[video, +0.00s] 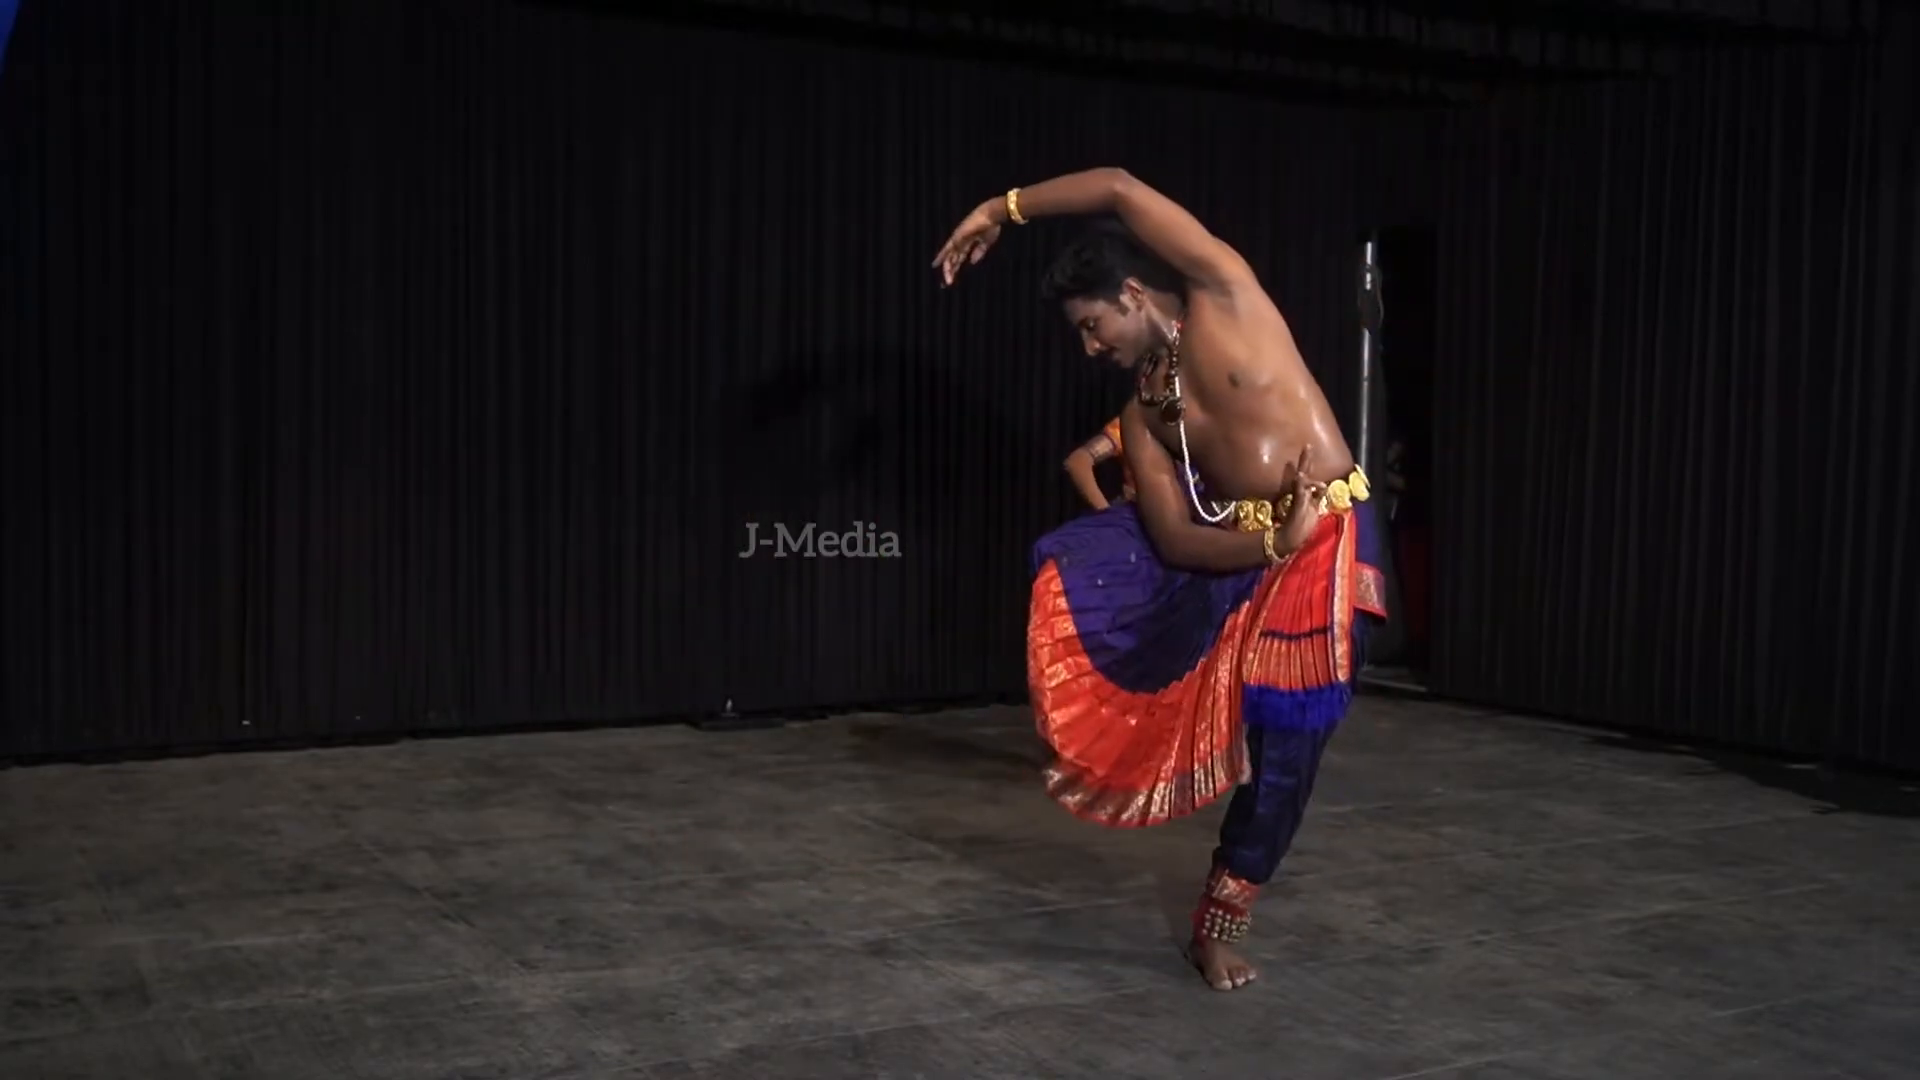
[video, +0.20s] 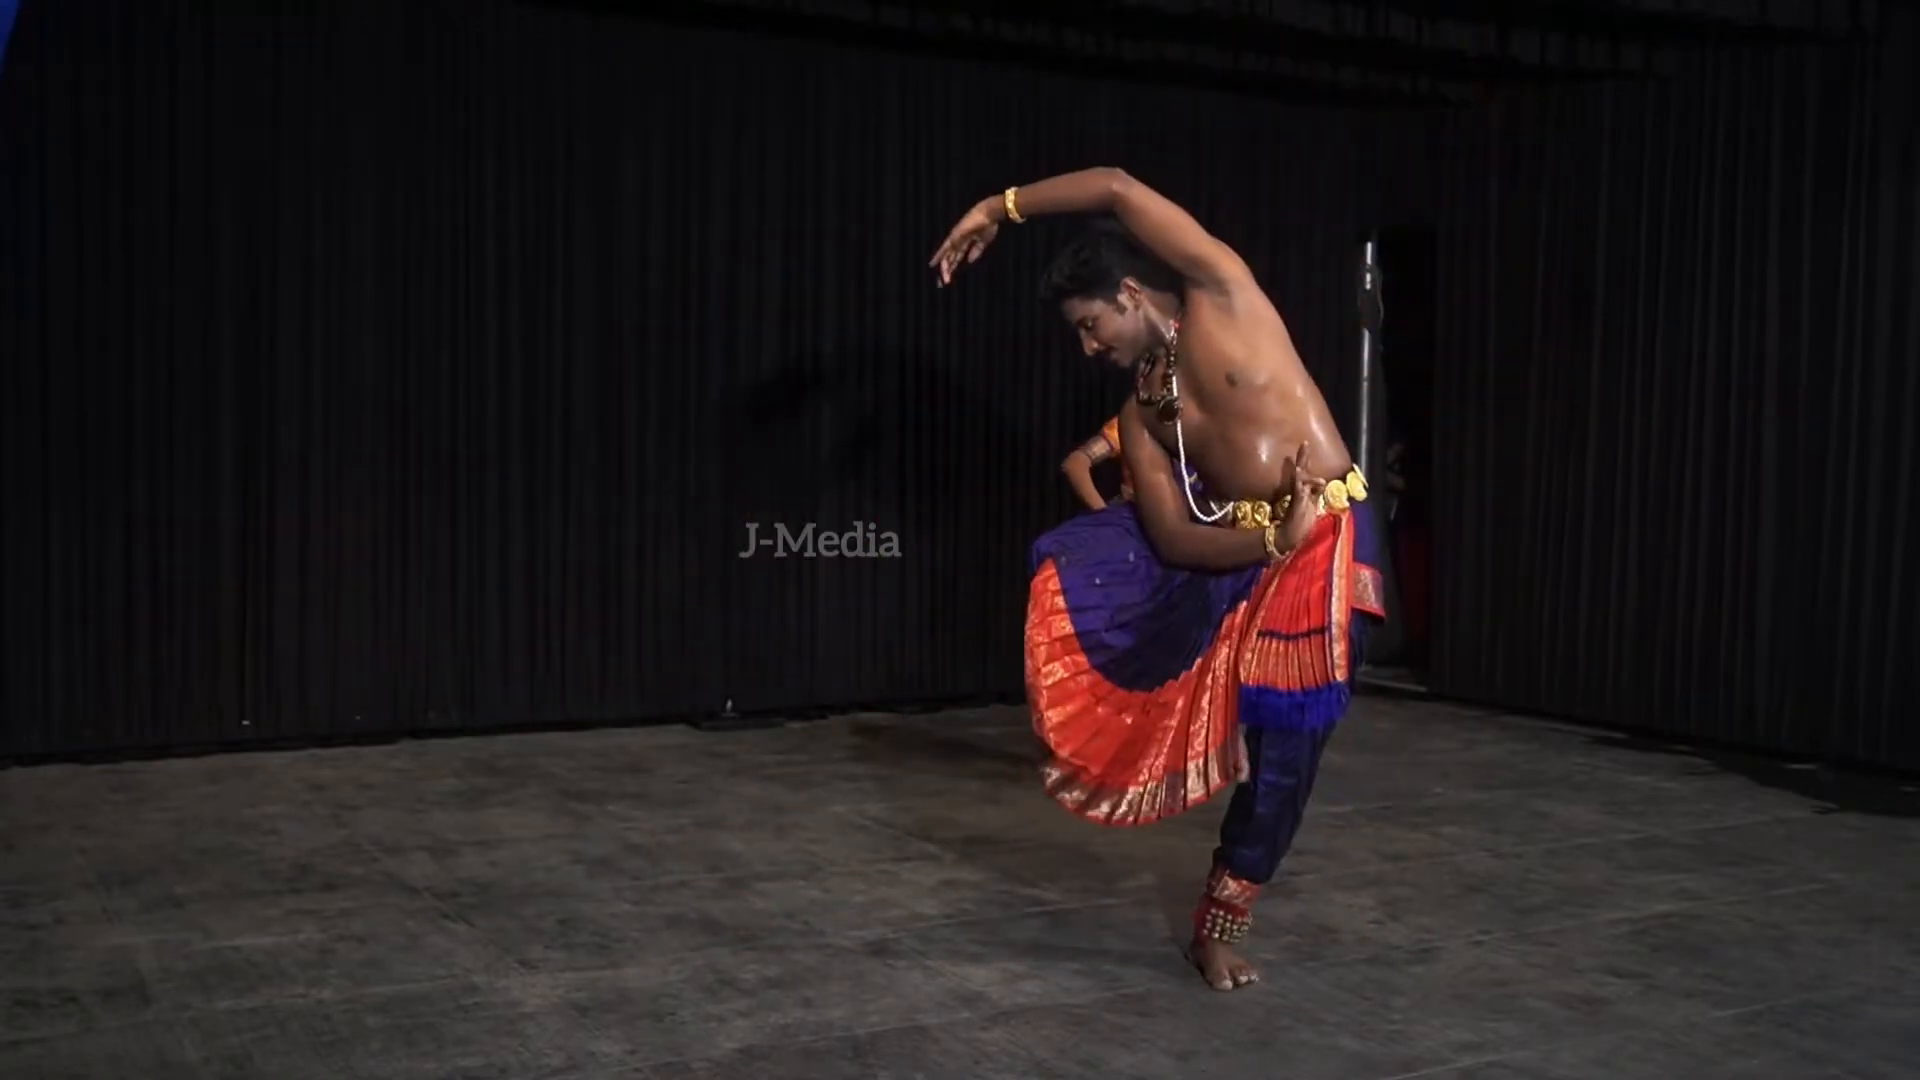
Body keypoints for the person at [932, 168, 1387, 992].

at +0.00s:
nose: (1090, 348)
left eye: (1093, 326)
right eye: (1080, 335)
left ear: (1137, 295)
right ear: (1113, 316)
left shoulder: (1221, 290)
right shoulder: (1142, 419)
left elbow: (1119, 186)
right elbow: (1175, 539)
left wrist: (1003, 209)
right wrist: (1274, 542)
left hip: (1323, 530)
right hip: (1227, 544)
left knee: (1292, 745)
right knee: (1071, 567)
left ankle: (1223, 921)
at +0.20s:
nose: (1088, 348)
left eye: (1090, 326)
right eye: (1079, 334)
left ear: (1134, 294)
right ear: (1114, 314)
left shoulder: (1218, 288)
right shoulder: (1140, 418)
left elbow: (1116, 185)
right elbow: (1175, 538)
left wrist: (1001, 206)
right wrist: (1275, 541)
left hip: (1324, 528)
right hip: (1227, 545)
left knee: (1292, 741)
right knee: (1068, 565)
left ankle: (1224, 922)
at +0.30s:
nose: (1087, 350)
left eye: (1090, 328)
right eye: (1078, 336)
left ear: (1134, 296)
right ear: (1112, 317)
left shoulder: (1218, 292)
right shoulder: (1139, 420)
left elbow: (1116, 188)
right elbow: (1174, 540)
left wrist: (1001, 207)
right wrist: (1272, 543)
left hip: (1322, 532)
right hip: (1225, 547)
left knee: (1292, 744)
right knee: (1066, 565)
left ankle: (1224, 926)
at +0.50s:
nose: (1095, 341)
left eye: (1099, 319)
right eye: (1087, 327)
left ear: (1146, 291)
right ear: (1121, 310)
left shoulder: (1236, 305)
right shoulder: (1136, 420)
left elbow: (1143, 180)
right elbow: (1162, 544)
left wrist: (1031, 176)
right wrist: (1269, 549)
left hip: (1296, 565)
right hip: (1197, 563)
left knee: (1289, 763)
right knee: (1042, 589)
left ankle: (1227, 925)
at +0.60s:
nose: (1110, 320)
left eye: (1119, 298)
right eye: (1105, 305)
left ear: (1175, 284)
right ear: (1139, 299)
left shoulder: (1254, 315)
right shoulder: (1132, 406)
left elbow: (1205, 172)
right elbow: (1140, 544)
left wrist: (1101, 130)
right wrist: (1244, 563)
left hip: (1271, 587)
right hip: (1170, 583)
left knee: (1287, 773)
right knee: (1020, 619)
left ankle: (1224, 925)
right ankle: (1044, 779)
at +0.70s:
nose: (1138, 296)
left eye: (1154, 278)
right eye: (1133, 281)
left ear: (1210, 282)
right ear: (1138, 290)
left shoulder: (1275, 339)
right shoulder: (1125, 394)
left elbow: (1277, 182)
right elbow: (1107, 530)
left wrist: (1194, 95)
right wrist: (1211, 577)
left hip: (1241, 605)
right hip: (1133, 591)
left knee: (1270, 796)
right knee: (990, 662)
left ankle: (1221, 929)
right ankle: (965, 818)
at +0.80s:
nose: (1181, 280)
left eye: (1200, 266)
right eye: (1171, 267)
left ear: (1242, 289)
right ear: (1157, 284)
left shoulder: (1278, 368)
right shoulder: (1117, 378)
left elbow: (1335, 224)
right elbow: (1062, 502)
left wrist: (1300, 105)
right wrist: (1147, 577)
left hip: (1202, 613)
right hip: (1083, 597)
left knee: (1254, 795)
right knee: (950, 702)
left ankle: (1218, 935)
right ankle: (891, 866)